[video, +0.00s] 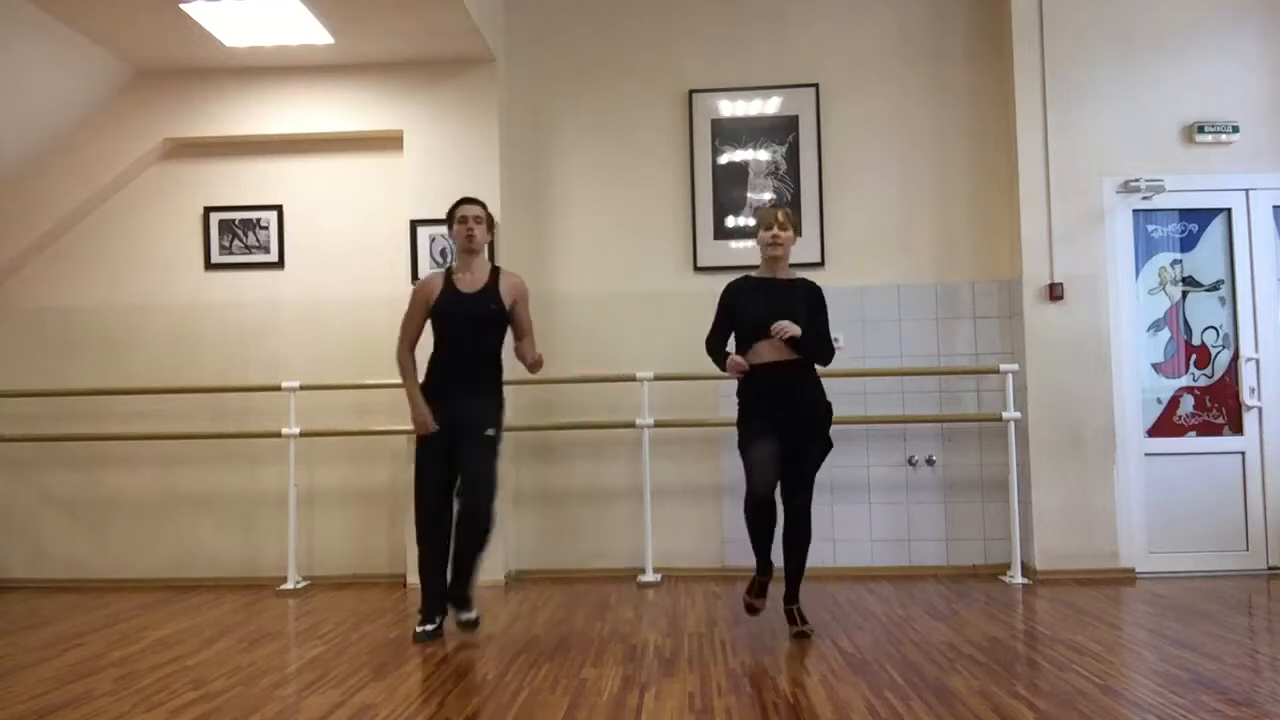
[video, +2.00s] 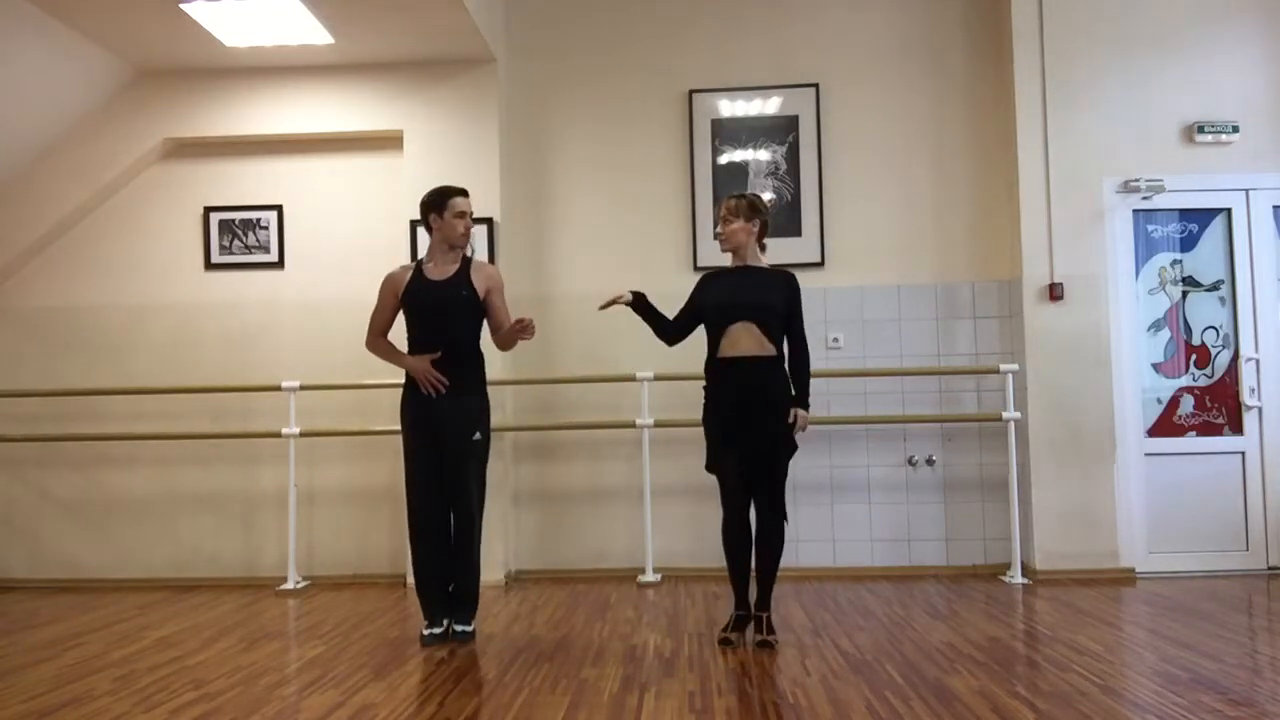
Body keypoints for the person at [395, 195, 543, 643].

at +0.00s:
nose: (469, 228)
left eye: (477, 222)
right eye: (461, 222)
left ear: (490, 232)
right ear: (450, 233)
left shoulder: (510, 286)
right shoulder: (431, 287)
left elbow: (523, 338)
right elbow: (405, 349)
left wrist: (530, 357)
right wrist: (417, 403)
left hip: (483, 404)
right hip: (437, 403)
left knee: (478, 505)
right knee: (431, 508)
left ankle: (461, 592)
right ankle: (431, 610)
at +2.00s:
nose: (468, 224)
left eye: (470, 216)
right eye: (459, 216)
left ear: (469, 222)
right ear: (433, 221)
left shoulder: (484, 274)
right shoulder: (400, 281)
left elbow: (502, 339)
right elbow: (374, 339)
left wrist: (516, 331)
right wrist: (407, 362)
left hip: (467, 402)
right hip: (421, 405)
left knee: (465, 510)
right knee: (426, 511)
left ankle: (462, 614)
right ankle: (435, 615)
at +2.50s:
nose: (440, 229)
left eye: (447, 221)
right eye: (431, 223)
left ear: (459, 230)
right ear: (417, 233)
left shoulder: (482, 285)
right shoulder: (399, 291)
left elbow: (527, 320)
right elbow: (385, 358)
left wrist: (514, 360)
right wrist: (405, 369)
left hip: (452, 403)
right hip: (405, 404)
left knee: (440, 481)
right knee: (410, 506)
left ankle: (443, 592)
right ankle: (432, 608)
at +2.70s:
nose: (429, 214)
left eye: (436, 205)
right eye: (419, 207)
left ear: (448, 212)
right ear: (406, 215)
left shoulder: (467, 267)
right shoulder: (388, 271)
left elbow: (483, 333)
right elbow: (375, 319)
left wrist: (431, 299)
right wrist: (367, 358)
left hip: (465, 388)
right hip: (417, 383)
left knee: (454, 509)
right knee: (403, 429)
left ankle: (441, 615)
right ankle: (418, 499)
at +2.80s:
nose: (429, 213)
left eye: (437, 206)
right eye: (420, 207)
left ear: (450, 214)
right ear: (407, 215)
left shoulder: (465, 270)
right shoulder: (389, 269)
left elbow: (463, 334)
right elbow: (386, 313)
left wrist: (425, 285)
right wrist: (383, 343)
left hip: (462, 387)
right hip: (416, 382)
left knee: (453, 509)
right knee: (421, 430)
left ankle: (440, 622)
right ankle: (427, 525)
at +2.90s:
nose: (433, 217)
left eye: (440, 209)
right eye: (423, 210)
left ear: (454, 216)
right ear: (411, 218)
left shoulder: (468, 277)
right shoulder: (400, 272)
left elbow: (453, 341)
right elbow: (400, 339)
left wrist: (429, 287)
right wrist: (397, 390)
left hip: (456, 401)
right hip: (408, 401)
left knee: (460, 506)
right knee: (423, 500)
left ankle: (445, 622)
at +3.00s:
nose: (431, 214)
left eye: (439, 207)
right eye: (423, 208)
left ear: (454, 215)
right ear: (411, 217)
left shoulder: (471, 268)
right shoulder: (403, 266)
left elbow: (460, 320)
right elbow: (405, 327)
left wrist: (426, 274)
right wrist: (397, 379)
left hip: (450, 392)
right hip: (402, 388)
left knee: (448, 504)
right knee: (406, 486)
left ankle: (440, 624)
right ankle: (407, 587)